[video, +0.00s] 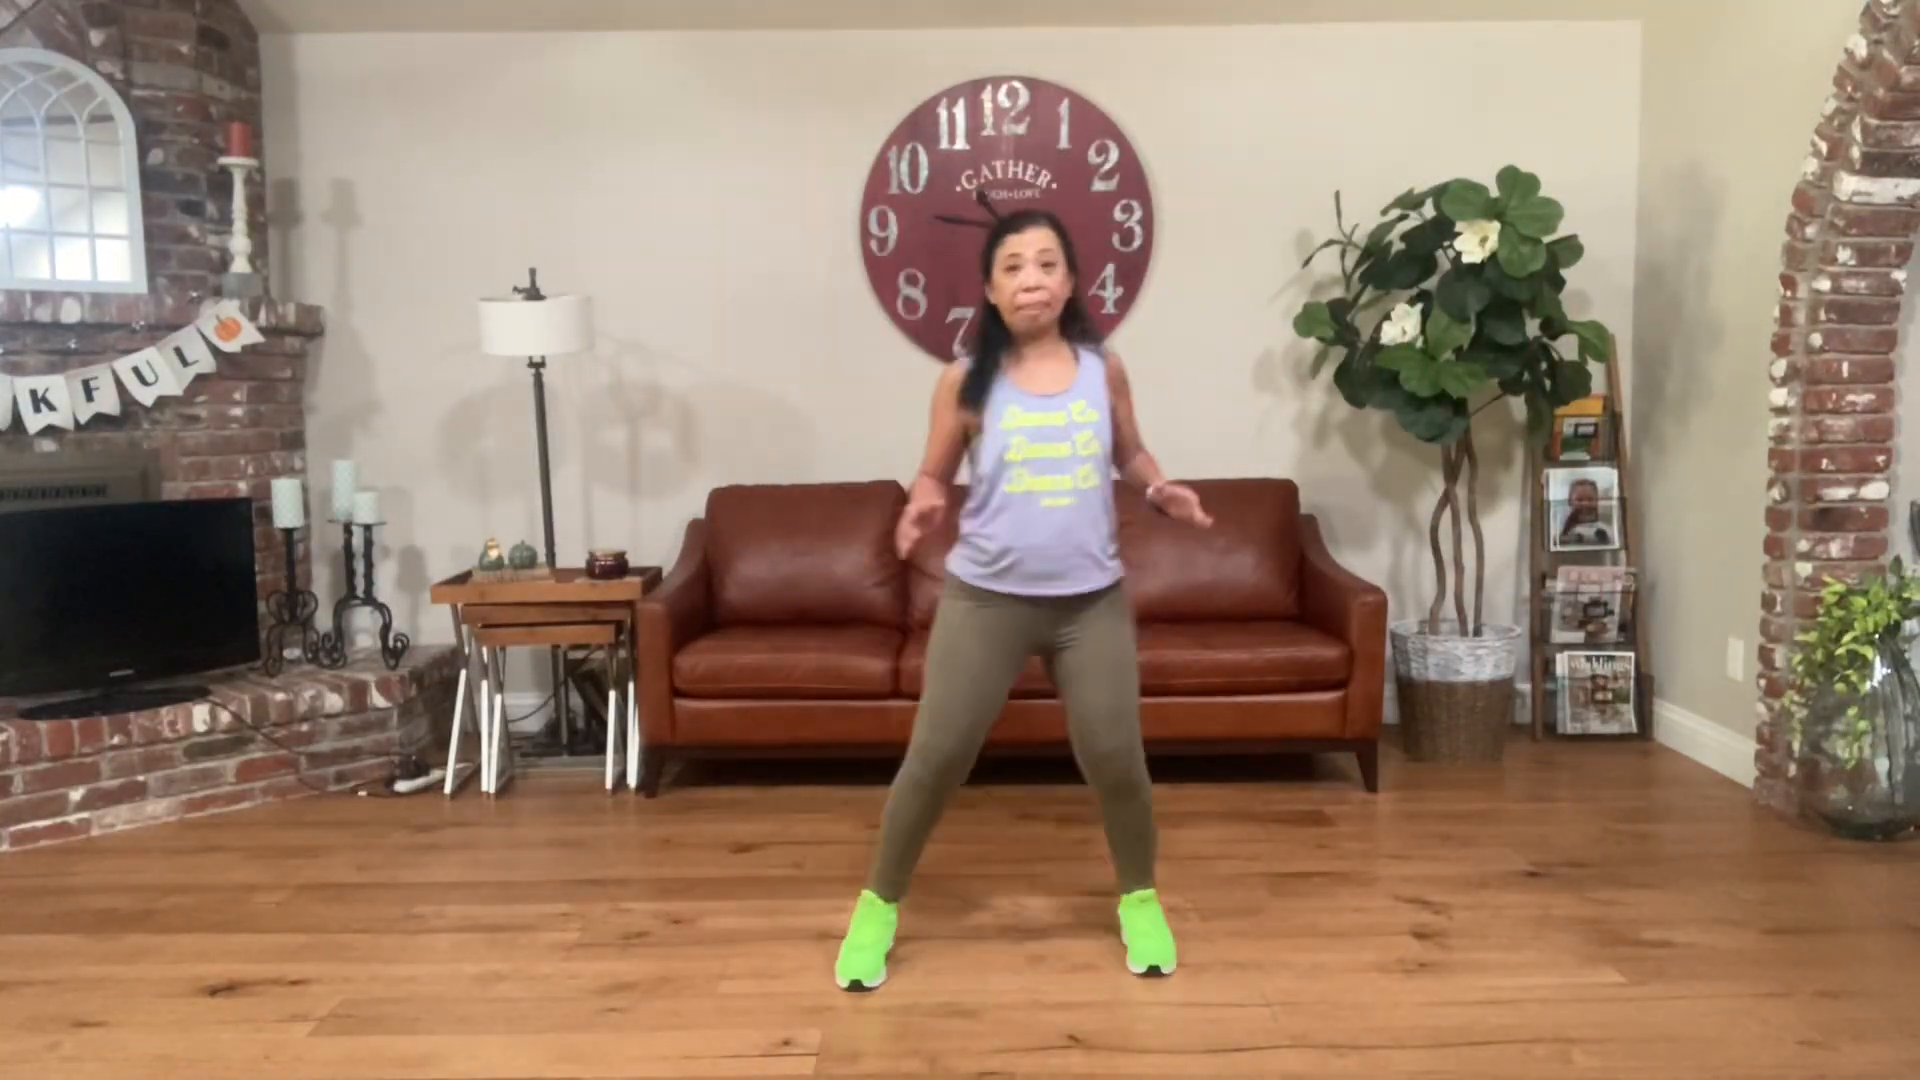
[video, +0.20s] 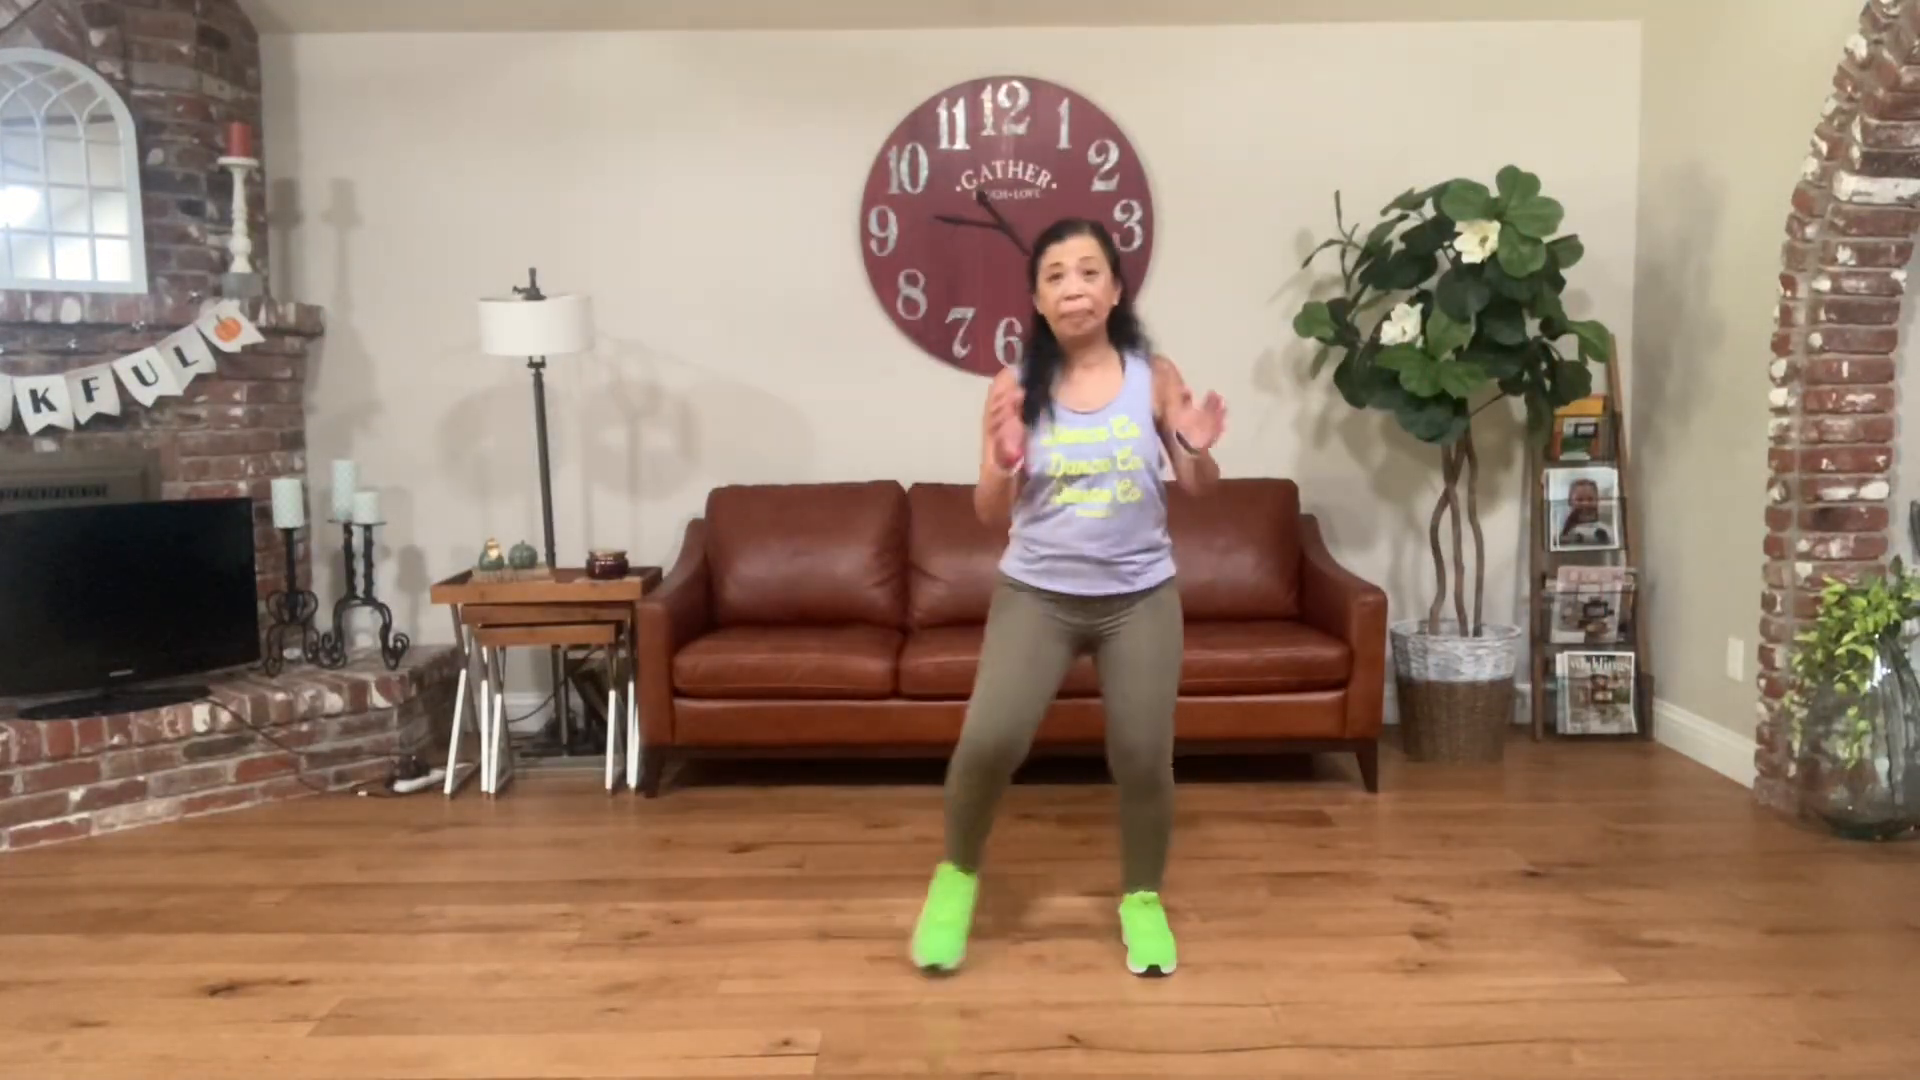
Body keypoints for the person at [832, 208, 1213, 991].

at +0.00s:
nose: (1032, 279)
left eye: (1047, 264)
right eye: (1013, 267)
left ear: (1071, 281)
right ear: (990, 289)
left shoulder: (1103, 370)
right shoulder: (965, 379)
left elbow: (1131, 454)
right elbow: (933, 476)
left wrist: (1157, 486)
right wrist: (924, 509)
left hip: (1092, 599)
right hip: (987, 597)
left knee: (1114, 755)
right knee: (938, 753)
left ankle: (1140, 900)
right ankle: (878, 908)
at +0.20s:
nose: (1073, 288)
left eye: (1089, 272)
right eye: (1055, 276)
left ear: (1116, 289)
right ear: (1037, 299)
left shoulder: (1155, 375)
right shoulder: (1016, 386)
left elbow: (1200, 487)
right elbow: (990, 514)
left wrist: (1195, 452)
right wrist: (1003, 461)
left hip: (1141, 593)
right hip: (1036, 591)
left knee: (1143, 754)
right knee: (989, 740)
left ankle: (1143, 898)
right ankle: (956, 878)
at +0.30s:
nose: (1076, 289)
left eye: (1092, 273)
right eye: (1061, 278)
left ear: (1123, 287)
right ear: (1045, 296)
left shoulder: (1165, 377)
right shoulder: (1023, 381)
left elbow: (1196, 491)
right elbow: (1014, 497)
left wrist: (1175, 431)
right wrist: (1041, 437)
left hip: (1151, 591)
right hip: (1047, 592)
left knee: (1153, 749)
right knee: (1034, 741)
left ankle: (1144, 896)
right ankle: (1028, 867)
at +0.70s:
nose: (1031, 319)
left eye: (1047, 302)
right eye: (1025, 304)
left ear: (1096, 305)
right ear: (1023, 308)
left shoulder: (1156, 389)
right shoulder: (1022, 383)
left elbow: (1207, 486)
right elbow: (985, 477)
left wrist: (1182, 512)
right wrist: (957, 499)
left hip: (1139, 591)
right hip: (1040, 590)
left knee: (1138, 748)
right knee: (992, 722)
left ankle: (1143, 898)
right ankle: (1031, 858)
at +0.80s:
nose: (1013, 303)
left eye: (1029, 286)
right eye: (1007, 288)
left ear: (1078, 293)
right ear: (1005, 296)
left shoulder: (1136, 384)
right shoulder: (1007, 377)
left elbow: (1196, 468)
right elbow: (984, 461)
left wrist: (1185, 509)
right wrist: (934, 495)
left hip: (1121, 586)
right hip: (1021, 583)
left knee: (1124, 745)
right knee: (957, 717)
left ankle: (1141, 896)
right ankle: (958, 851)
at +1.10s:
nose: (962, 282)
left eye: (980, 268)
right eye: (947, 269)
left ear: (1010, 286)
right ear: (930, 287)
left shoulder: (1032, 379)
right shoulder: (921, 372)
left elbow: (1084, 474)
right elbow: (920, 458)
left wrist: (1075, 487)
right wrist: (841, 461)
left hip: (1010, 595)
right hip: (909, 593)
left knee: (1060, 747)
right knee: (889, 744)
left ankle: (1131, 895)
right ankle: (865, 883)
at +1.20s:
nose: (937, 284)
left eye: (955, 271)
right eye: (923, 271)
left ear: (981, 292)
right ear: (903, 290)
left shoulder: (1001, 384)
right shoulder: (879, 371)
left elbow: (1039, 499)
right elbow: (838, 465)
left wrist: (1019, 466)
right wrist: (792, 441)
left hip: (978, 591)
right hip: (880, 589)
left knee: (1029, 746)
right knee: (872, 741)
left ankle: (1114, 889)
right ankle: (863, 884)